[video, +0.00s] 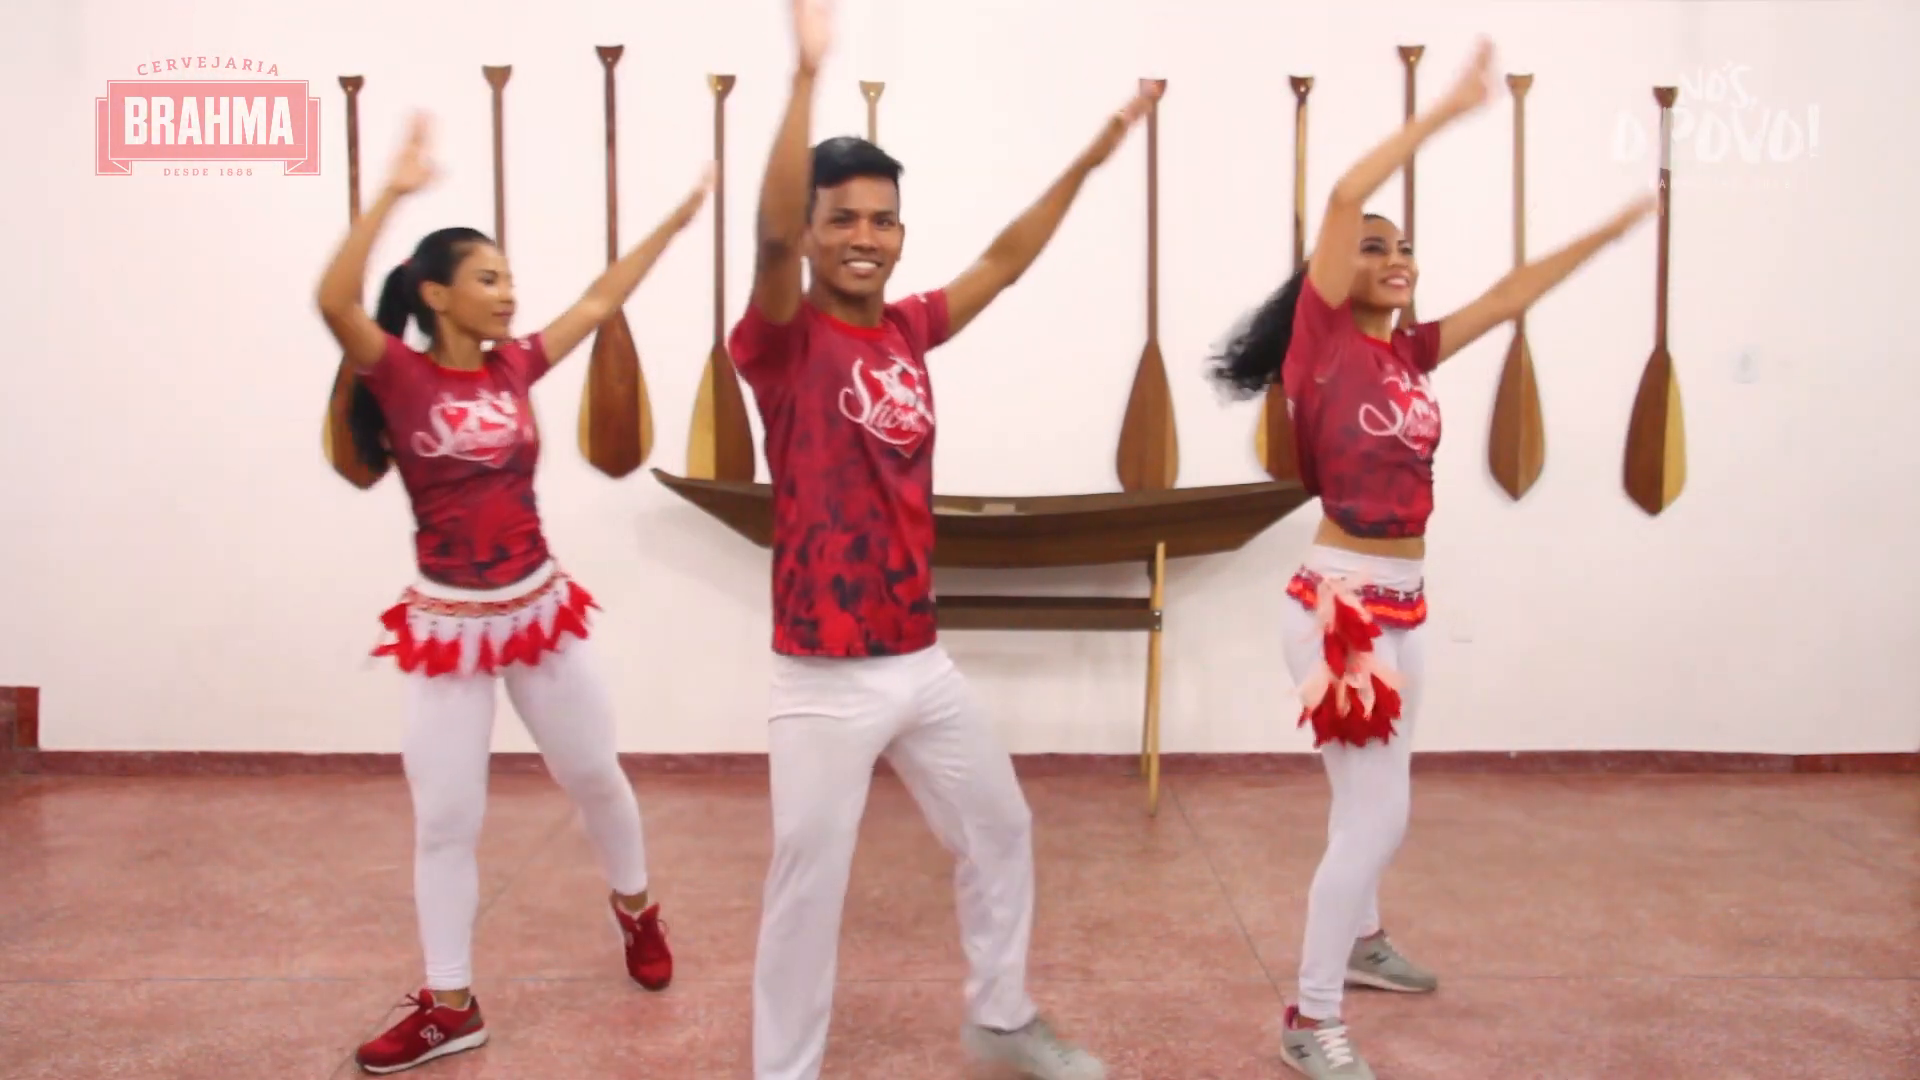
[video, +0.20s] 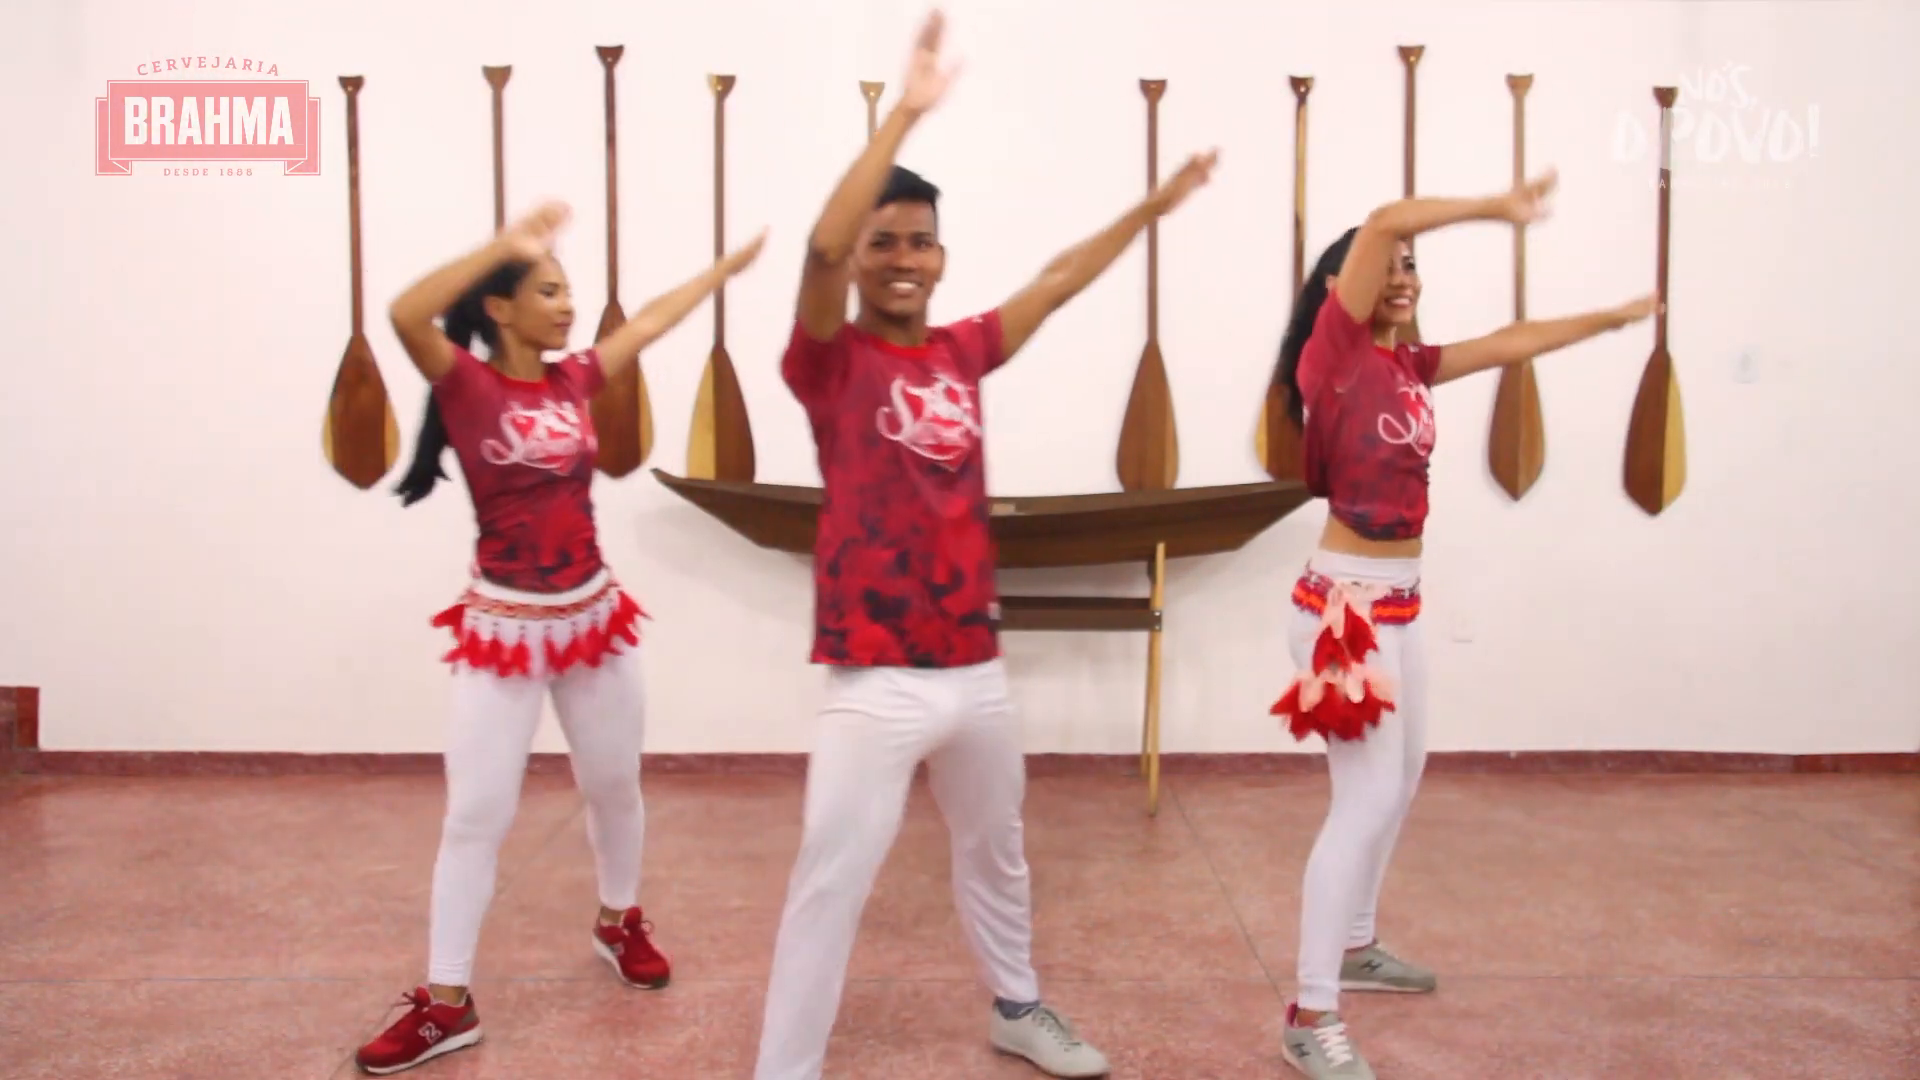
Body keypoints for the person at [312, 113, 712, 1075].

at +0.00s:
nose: (506, 290)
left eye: (505, 276)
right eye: (486, 278)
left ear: (498, 293)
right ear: (433, 295)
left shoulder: (514, 367)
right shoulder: (399, 377)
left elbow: (603, 298)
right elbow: (335, 302)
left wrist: (677, 219)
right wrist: (389, 193)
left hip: (539, 615)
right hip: (448, 628)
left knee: (596, 779)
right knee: (444, 820)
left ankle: (636, 906)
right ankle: (449, 1000)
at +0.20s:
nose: (566, 304)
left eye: (567, 291)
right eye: (548, 292)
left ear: (564, 302)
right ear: (500, 307)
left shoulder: (579, 377)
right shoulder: (467, 386)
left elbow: (648, 324)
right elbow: (410, 314)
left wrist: (723, 266)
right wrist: (508, 243)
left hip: (595, 624)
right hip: (502, 629)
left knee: (615, 786)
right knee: (474, 814)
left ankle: (621, 921)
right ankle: (446, 998)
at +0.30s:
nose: (587, 310)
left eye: (592, 297)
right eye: (570, 298)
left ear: (599, 310)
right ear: (529, 313)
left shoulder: (612, 383)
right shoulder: (497, 388)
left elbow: (685, 336)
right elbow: (433, 324)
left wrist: (759, 288)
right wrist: (532, 274)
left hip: (616, 629)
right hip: (526, 634)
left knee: (628, 796)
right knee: (487, 815)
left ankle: (618, 926)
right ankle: (432, 991)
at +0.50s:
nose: (626, 304)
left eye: (630, 294)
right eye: (608, 292)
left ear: (635, 315)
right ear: (568, 316)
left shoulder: (647, 394)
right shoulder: (534, 385)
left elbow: (740, 355)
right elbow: (457, 313)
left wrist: (834, 316)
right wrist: (556, 288)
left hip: (638, 621)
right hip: (550, 620)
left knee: (644, 787)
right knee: (494, 782)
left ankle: (618, 927)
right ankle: (441, 956)